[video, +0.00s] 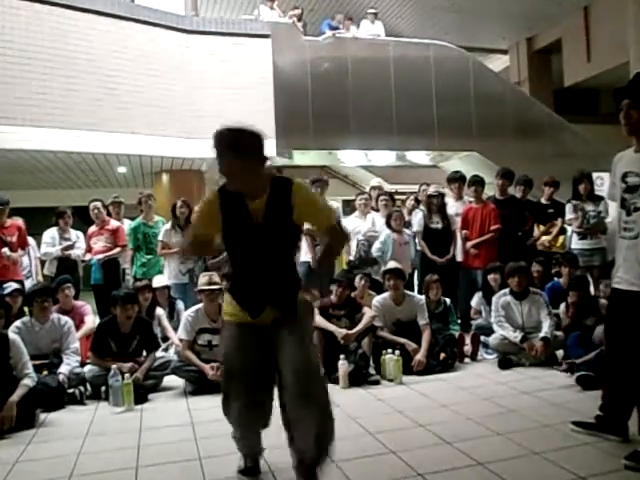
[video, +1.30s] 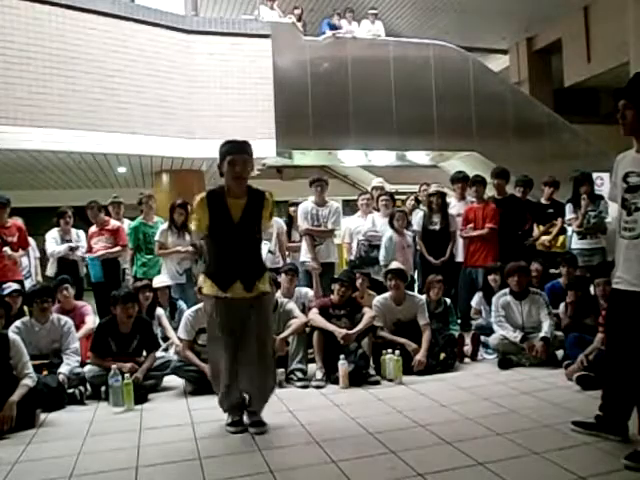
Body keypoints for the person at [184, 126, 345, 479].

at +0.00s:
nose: (222, 169)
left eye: (228, 161)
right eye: (221, 161)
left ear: (252, 160)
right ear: (223, 163)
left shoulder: (293, 194)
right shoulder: (217, 202)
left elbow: (337, 233)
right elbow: (193, 247)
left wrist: (318, 279)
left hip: (289, 310)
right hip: (240, 312)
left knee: (302, 394)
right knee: (240, 396)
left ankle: (307, 467)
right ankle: (250, 457)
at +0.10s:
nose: (211, 189)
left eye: (216, 180)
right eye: (210, 181)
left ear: (242, 177)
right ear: (223, 181)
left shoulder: (283, 206)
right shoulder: (214, 222)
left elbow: (300, 252)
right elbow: (208, 271)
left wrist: (256, 253)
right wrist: (211, 301)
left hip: (281, 307)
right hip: (237, 312)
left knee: (286, 365)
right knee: (239, 385)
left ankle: (280, 416)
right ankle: (250, 452)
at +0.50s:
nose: (245, 174)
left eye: (250, 167)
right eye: (237, 167)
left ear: (258, 168)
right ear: (223, 170)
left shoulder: (272, 204)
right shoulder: (208, 207)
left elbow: (290, 244)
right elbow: (201, 252)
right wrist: (196, 260)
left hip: (267, 292)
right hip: (229, 294)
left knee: (268, 362)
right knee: (238, 357)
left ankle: (253, 411)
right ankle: (241, 430)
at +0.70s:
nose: (243, 158)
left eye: (249, 151)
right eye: (236, 151)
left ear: (256, 154)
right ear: (223, 156)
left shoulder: (269, 185)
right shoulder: (207, 188)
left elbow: (300, 190)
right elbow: (170, 196)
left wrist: (318, 188)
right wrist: (152, 203)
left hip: (263, 285)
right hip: (227, 288)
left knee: (269, 359)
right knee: (240, 362)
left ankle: (254, 411)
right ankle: (230, 395)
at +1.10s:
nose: (236, 174)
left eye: (242, 168)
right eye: (229, 169)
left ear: (250, 171)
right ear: (218, 172)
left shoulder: (260, 200)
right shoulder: (202, 202)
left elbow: (293, 200)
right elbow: (161, 201)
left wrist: (317, 199)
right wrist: (137, 200)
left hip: (252, 284)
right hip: (217, 289)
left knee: (259, 337)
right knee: (224, 352)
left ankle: (273, 406)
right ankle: (233, 410)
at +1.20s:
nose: (238, 166)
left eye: (243, 160)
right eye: (232, 160)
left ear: (251, 163)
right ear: (220, 163)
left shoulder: (263, 196)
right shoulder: (203, 195)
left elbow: (280, 224)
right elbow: (179, 224)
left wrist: (283, 255)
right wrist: (182, 229)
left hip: (254, 281)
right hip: (218, 284)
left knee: (263, 344)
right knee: (224, 348)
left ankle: (261, 409)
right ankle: (232, 410)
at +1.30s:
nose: (240, 170)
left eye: (245, 164)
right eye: (233, 164)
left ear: (252, 167)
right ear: (221, 167)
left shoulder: (263, 200)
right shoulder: (205, 201)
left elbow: (264, 234)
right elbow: (198, 239)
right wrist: (210, 256)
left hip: (256, 284)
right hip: (220, 286)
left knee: (259, 347)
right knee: (224, 348)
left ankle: (254, 408)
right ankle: (232, 409)